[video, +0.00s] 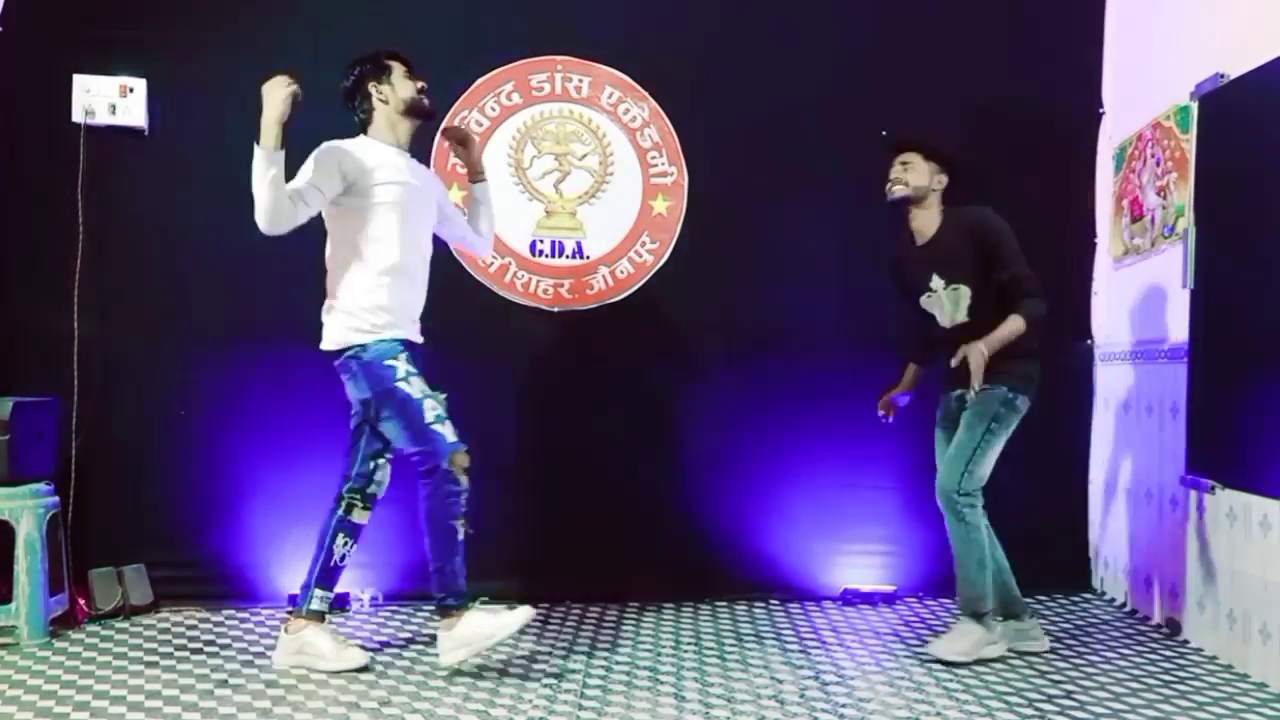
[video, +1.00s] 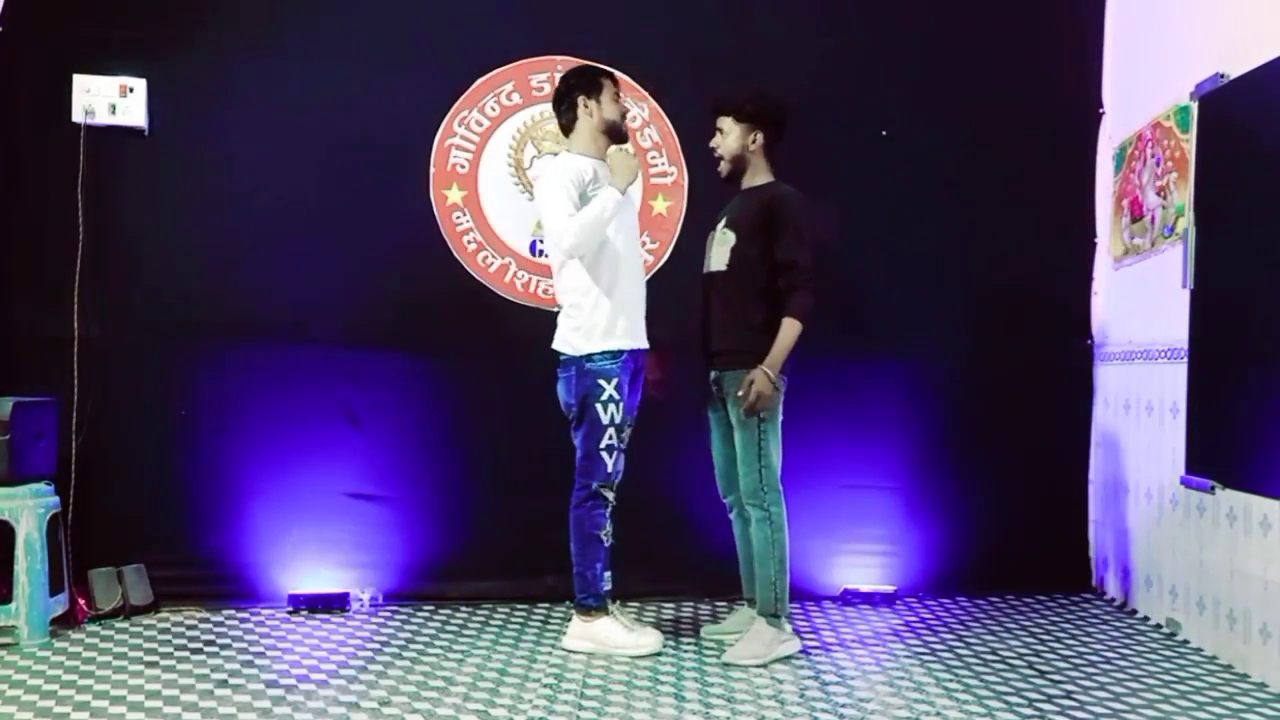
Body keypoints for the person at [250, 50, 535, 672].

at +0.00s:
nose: (422, 88)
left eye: (420, 80)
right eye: (408, 78)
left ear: (405, 96)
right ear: (374, 91)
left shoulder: (424, 180)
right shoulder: (345, 155)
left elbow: (479, 240)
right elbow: (273, 217)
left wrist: (473, 171)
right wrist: (271, 125)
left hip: (399, 340)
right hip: (362, 338)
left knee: (365, 480)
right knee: (446, 458)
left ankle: (304, 624)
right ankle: (455, 619)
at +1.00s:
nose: (624, 109)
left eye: (622, 100)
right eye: (616, 99)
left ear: (587, 107)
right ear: (585, 106)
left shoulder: (605, 172)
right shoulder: (558, 170)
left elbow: (614, 262)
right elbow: (568, 243)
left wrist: (636, 343)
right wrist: (617, 187)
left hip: (619, 350)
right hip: (592, 352)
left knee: (604, 484)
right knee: (595, 484)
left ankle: (600, 610)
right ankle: (588, 616)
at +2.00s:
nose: (599, 110)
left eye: (606, 100)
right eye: (587, 102)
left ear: (618, 109)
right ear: (567, 113)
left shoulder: (638, 182)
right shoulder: (540, 174)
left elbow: (642, 257)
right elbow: (490, 239)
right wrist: (506, 285)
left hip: (610, 346)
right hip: (548, 335)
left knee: (611, 474)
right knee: (497, 453)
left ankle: (599, 604)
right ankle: (450, 578)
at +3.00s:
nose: (483, 143)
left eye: (481, 134)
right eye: (472, 135)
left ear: (457, 146)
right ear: (439, 145)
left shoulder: (505, 204)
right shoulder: (404, 225)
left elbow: (539, 256)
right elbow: (404, 318)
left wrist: (540, 295)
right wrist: (475, 290)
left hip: (530, 371)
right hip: (459, 377)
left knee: (582, 480)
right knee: (419, 494)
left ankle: (615, 604)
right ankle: (377, 609)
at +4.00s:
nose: (617, 133)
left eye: (618, 125)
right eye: (607, 123)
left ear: (591, 133)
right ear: (571, 128)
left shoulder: (614, 207)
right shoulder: (525, 188)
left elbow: (624, 272)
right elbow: (483, 262)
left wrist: (634, 308)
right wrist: (556, 273)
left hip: (598, 362)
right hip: (532, 360)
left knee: (613, 481)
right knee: (493, 479)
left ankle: (616, 605)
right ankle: (445, 603)